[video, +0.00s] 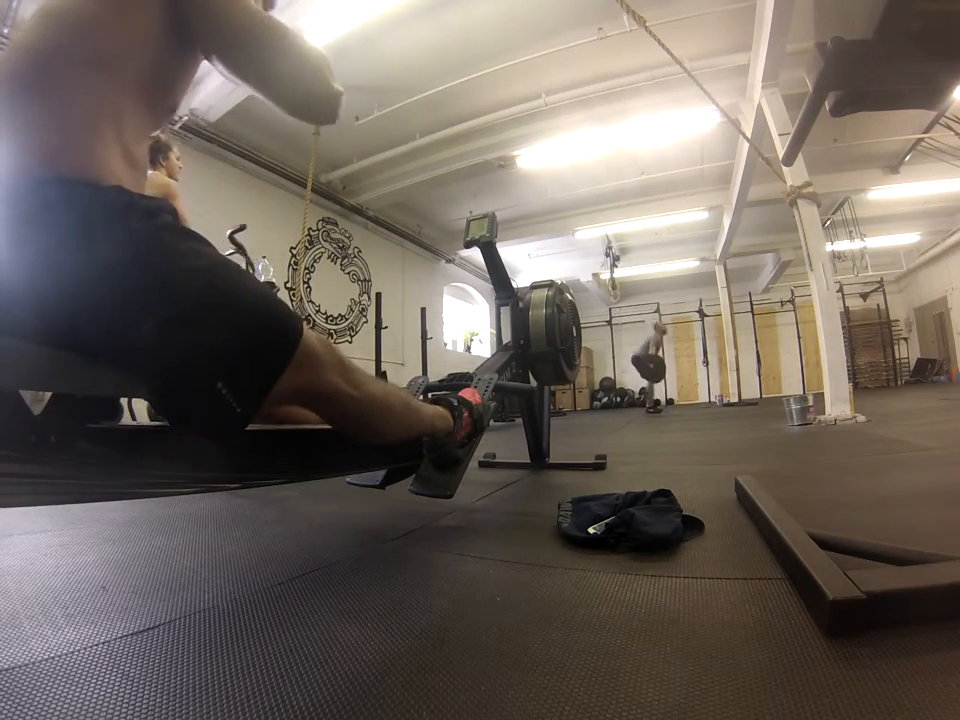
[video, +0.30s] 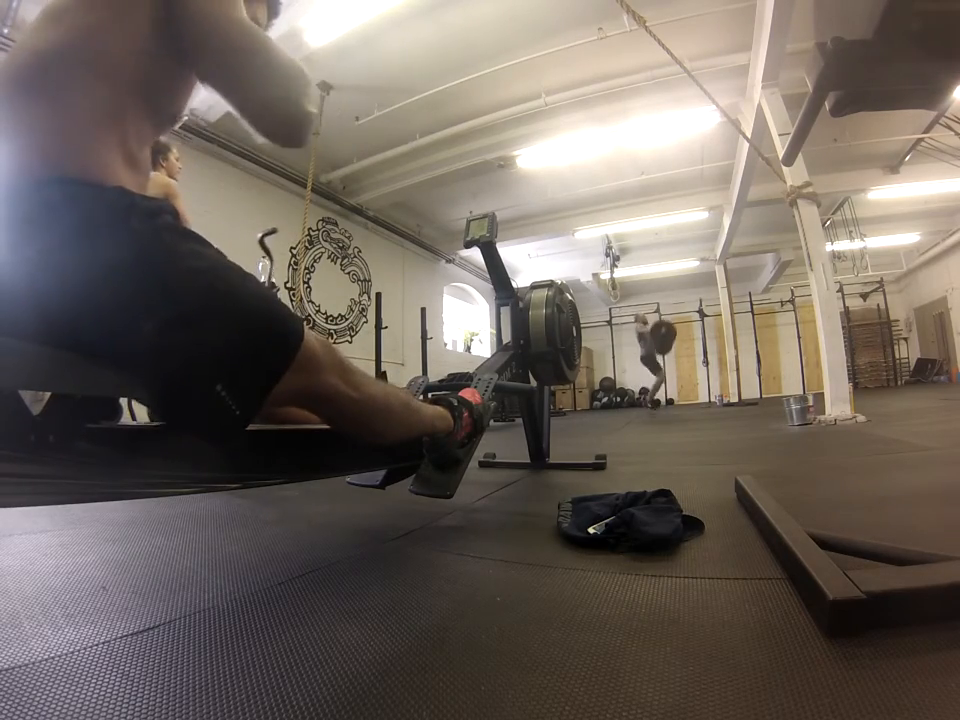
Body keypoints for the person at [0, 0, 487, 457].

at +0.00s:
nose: (265, 14)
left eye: (264, 11)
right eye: (263, 7)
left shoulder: (57, 25)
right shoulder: (184, 5)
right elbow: (321, 100)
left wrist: (158, 165)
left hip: (11, 227)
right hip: (94, 225)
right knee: (331, 382)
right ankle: (445, 424)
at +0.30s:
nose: (262, 36)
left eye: (263, 28)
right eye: (262, 23)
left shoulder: (61, 24)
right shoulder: (177, 7)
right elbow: (291, 120)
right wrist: (296, 74)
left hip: (12, 224)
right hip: (86, 222)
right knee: (326, 378)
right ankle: (443, 423)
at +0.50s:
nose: (256, 48)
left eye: (265, 36)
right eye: (264, 25)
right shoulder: (179, 2)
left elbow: (154, 200)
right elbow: (128, 53)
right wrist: (258, 233)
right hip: (75, 218)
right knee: (322, 366)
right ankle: (444, 424)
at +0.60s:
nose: (257, 57)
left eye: (266, 45)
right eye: (265, 33)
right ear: (243, 7)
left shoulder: (168, 84)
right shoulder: (204, 6)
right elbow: (86, 19)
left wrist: (214, 250)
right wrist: (187, 239)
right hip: (53, 217)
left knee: (279, 393)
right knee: (319, 338)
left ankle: (395, 424)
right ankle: (443, 426)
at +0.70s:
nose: (259, 70)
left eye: (272, 59)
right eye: (270, 46)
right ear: (250, 9)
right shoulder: (209, 3)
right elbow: (117, 34)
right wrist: (236, 231)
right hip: (60, 227)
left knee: (267, 348)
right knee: (331, 317)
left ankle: (358, 432)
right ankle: (443, 427)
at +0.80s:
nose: (265, 89)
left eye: (275, 76)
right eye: (274, 66)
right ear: (261, 22)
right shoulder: (220, 6)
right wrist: (304, 245)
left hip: (42, 262)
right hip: (97, 250)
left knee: (251, 329)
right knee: (343, 289)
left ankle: (359, 416)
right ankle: (444, 427)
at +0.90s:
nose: (302, 99)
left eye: (308, 92)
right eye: (306, 84)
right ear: (286, 46)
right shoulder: (248, 32)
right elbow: (318, 158)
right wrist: (391, 256)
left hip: (65, 279)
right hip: (136, 262)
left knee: (269, 322)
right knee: (374, 283)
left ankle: (364, 417)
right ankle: (444, 432)